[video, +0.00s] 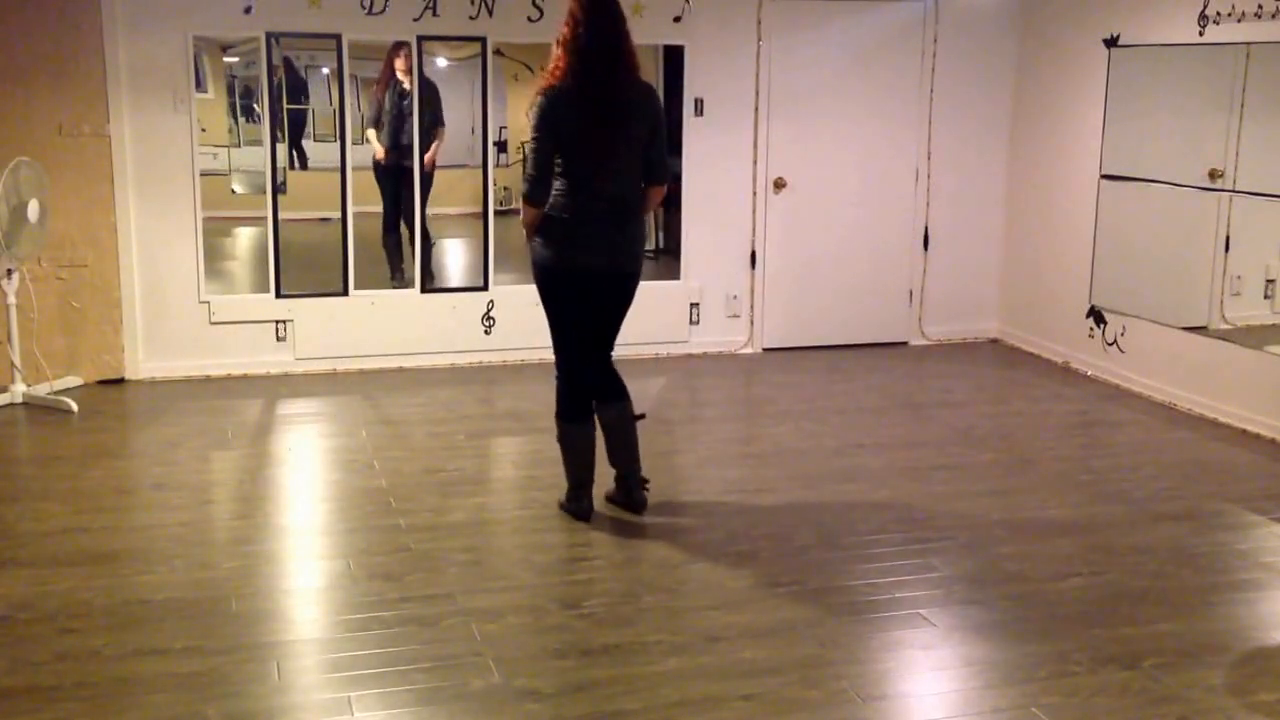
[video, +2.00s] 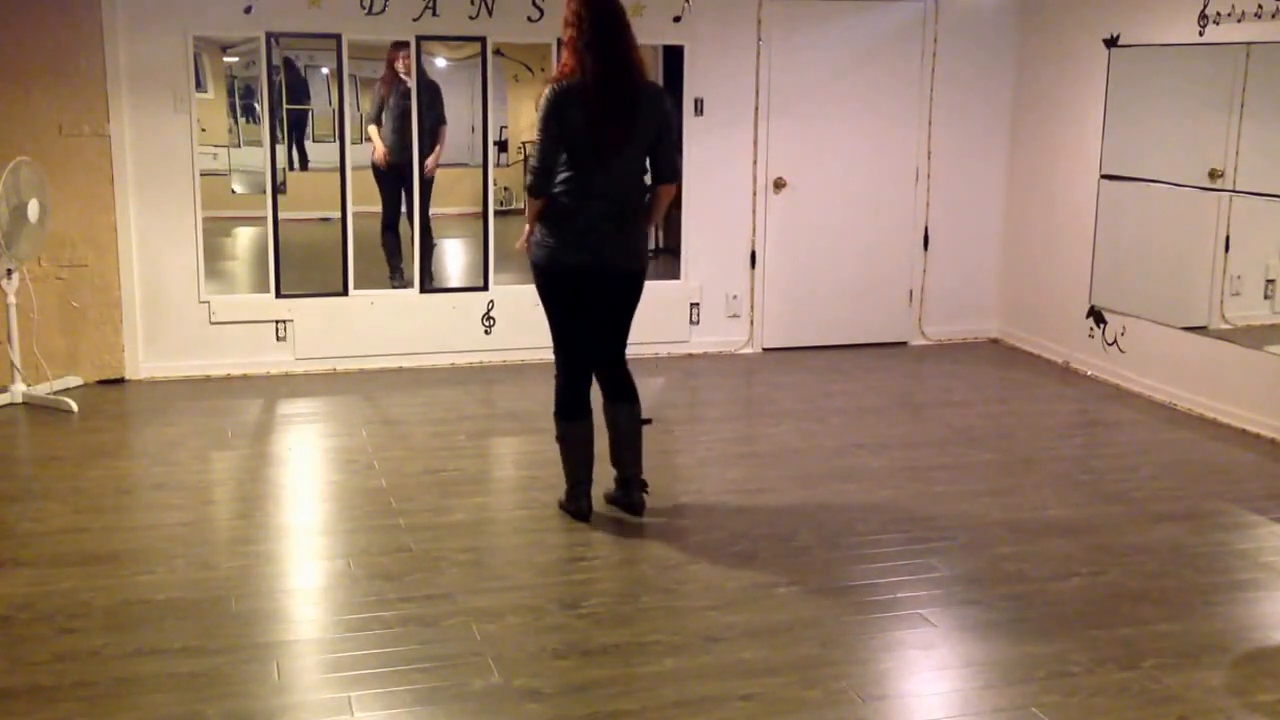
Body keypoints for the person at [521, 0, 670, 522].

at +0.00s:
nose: (558, 36)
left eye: (564, 28)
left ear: (568, 39)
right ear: (621, 38)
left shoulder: (555, 98)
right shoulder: (643, 96)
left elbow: (538, 185)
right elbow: (659, 180)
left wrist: (530, 224)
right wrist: (632, 219)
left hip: (562, 249)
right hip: (622, 251)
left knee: (572, 364)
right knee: (599, 358)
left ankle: (579, 493)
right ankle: (631, 481)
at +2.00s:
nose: (562, 38)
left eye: (566, 30)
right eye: (565, 28)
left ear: (576, 36)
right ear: (623, 34)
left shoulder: (562, 96)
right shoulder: (652, 96)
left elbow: (542, 176)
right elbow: (668, 176)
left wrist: (530, 224)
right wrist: (644, 225)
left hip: (561, 250)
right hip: (624, 251)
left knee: (572, 367)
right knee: (613, 360)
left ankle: (578, 492)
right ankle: (631, 482)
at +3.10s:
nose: (560, 42)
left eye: (564, 32)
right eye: (566, 31)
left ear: (573, 40)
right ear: (624, 35)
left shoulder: (564, 97)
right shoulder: (647, 89)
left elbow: (532, 176)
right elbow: (684, 154)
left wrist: (554, 151)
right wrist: (644, 178)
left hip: (586, 250)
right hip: (645, 250)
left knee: (583, 364)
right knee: (633, 355)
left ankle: (579, 491)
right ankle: (632, 482)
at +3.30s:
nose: (562, 40)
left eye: (567, 31)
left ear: (572, 39)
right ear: (625, 36)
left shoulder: (558, 97)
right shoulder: (649, 91)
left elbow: (527, 172)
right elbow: (683, 162)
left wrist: (559, 152)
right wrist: (647, 171)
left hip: (585, 256)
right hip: (648, 255)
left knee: (581, 364)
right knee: (638, 360)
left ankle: (579, 493)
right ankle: (632, 486)